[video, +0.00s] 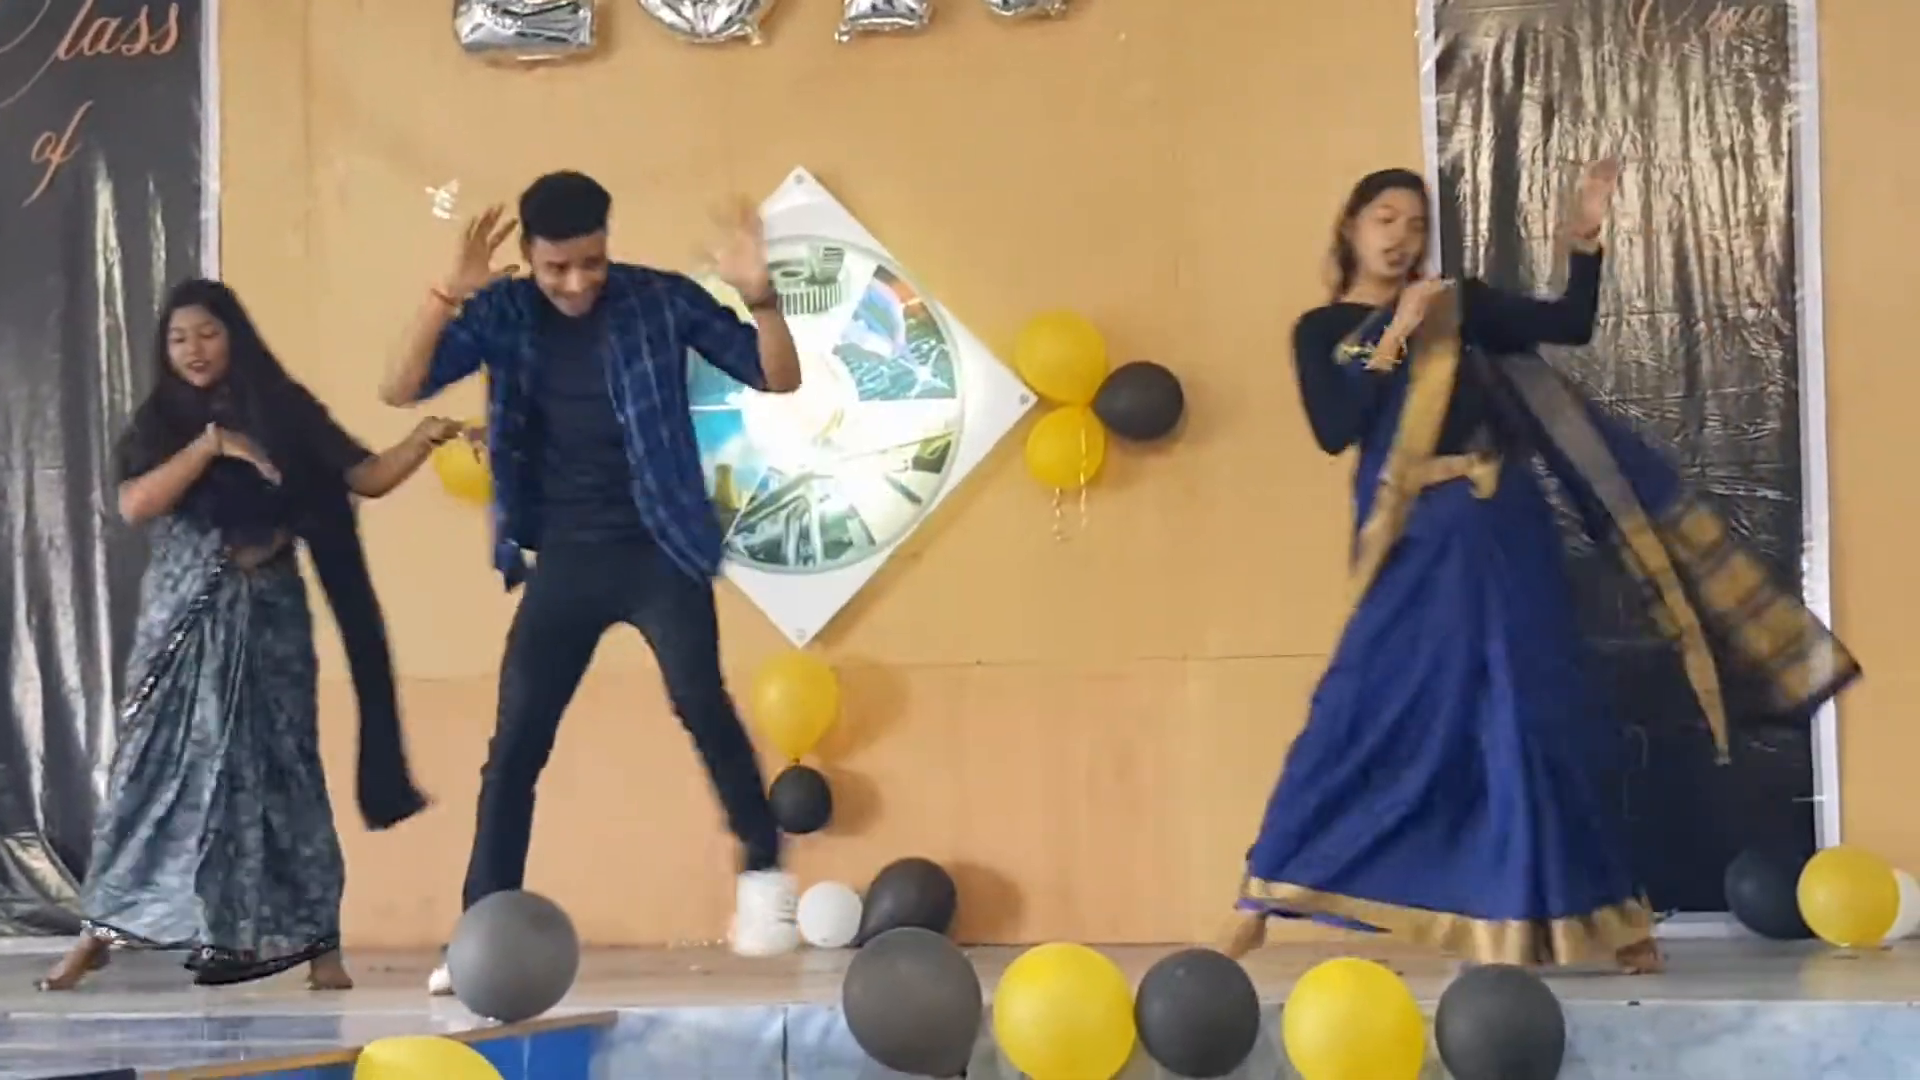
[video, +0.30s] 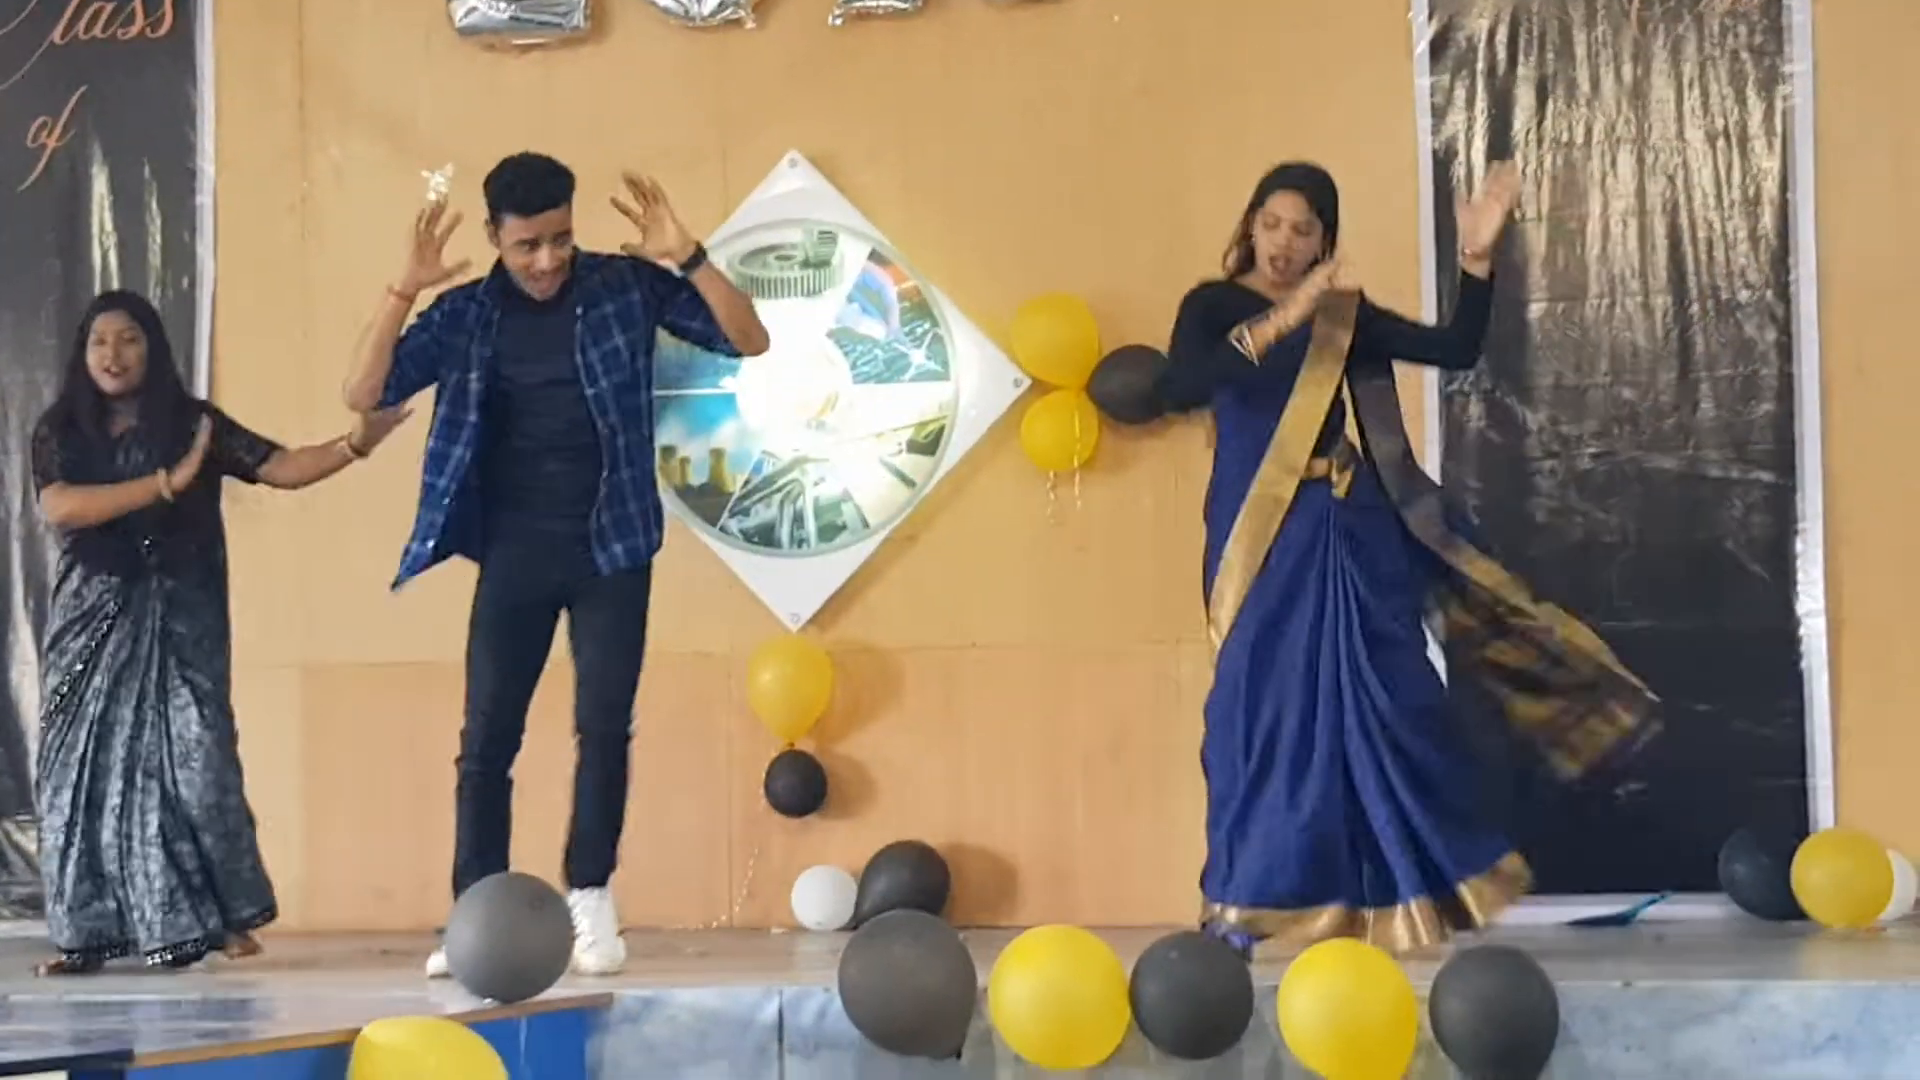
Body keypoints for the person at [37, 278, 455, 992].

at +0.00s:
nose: (193, 351)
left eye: (206, 335)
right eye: (179, 339)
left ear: (236, 337)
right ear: (165, 347)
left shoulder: (280, 404)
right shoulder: (159, 418)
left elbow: (368, 478)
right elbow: (134, 505)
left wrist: (421, 439)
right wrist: (203, 450)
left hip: (272, 611)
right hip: (185, 613)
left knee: (287, 767)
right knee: (149, 764)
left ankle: (322, 941)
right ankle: (99, 929)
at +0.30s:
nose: (113, 354)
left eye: (128, 341)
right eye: (100, 342)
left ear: (153, 349)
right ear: (83, 352)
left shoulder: (191, 420)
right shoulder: (59, 429)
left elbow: (280, 466)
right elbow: (60, 506)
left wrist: (356, 442)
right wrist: (166, 482)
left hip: (183, 627)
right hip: (91, 631)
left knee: (195, 769)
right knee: (80, 774)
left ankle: (223, 917)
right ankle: (83, 934)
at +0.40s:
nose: (102, 352)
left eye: (118, 339)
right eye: (90, 340)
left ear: (145, 350)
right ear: (72, 353)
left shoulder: (184, 424)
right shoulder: (53, 432)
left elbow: (259, 499)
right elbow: (40, 529)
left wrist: (309, 465)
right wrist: (127, 487)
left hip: (170, 624)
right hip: (83, 628)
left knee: (160, 772)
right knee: (74, 773)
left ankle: (153, 934)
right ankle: (74, 937)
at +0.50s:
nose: (104, 355)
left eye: (121, 344)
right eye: (93, 342)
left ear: (148, 356)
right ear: (77, 355)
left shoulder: (189, 439)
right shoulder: (56, 441)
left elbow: (217, 545)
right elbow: (31, 546)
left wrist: (237, 508)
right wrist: (69, 486)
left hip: (169, 628)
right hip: (86, 628)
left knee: (148, 775)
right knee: (70, 771)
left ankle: (136, 939)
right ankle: (61, 938)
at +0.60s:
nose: (125, 337)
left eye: (142, 327)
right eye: (115, 324)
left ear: (168, 341)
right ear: (96, 336)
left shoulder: (193, 422)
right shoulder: (71, 420)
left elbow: (217, 532)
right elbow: (21, 521)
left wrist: (189, 482)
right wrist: (10, 453)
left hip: (176, 617)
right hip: (94, 617)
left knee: (167, 757)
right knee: (84, 755)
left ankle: (130, 919)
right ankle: (68, 923)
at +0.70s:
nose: (160, 317)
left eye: (176, 307)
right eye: (149, 304)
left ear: (200, 321)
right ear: (128, 315)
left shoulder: (216, 400)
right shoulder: (98, 392)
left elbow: (225, 499)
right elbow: (28, 475)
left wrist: (151, 440)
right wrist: (9, 408)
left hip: (203, 603)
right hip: (123, 602)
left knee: (219, 744)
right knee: (114, 746)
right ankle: (98, 916)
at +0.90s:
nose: (227, 316)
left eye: (244, 306)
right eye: (216, 304)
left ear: (270, 319)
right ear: (198, 316)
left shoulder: (278, 401)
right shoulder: (179, 391)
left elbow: (232, 475)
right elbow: (108, 430)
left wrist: (137, 445)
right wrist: (49, 407)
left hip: (249, 588)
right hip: (179, 586)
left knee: (281, 738)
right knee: (148, 739)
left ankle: (350, 894)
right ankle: (116, 916)